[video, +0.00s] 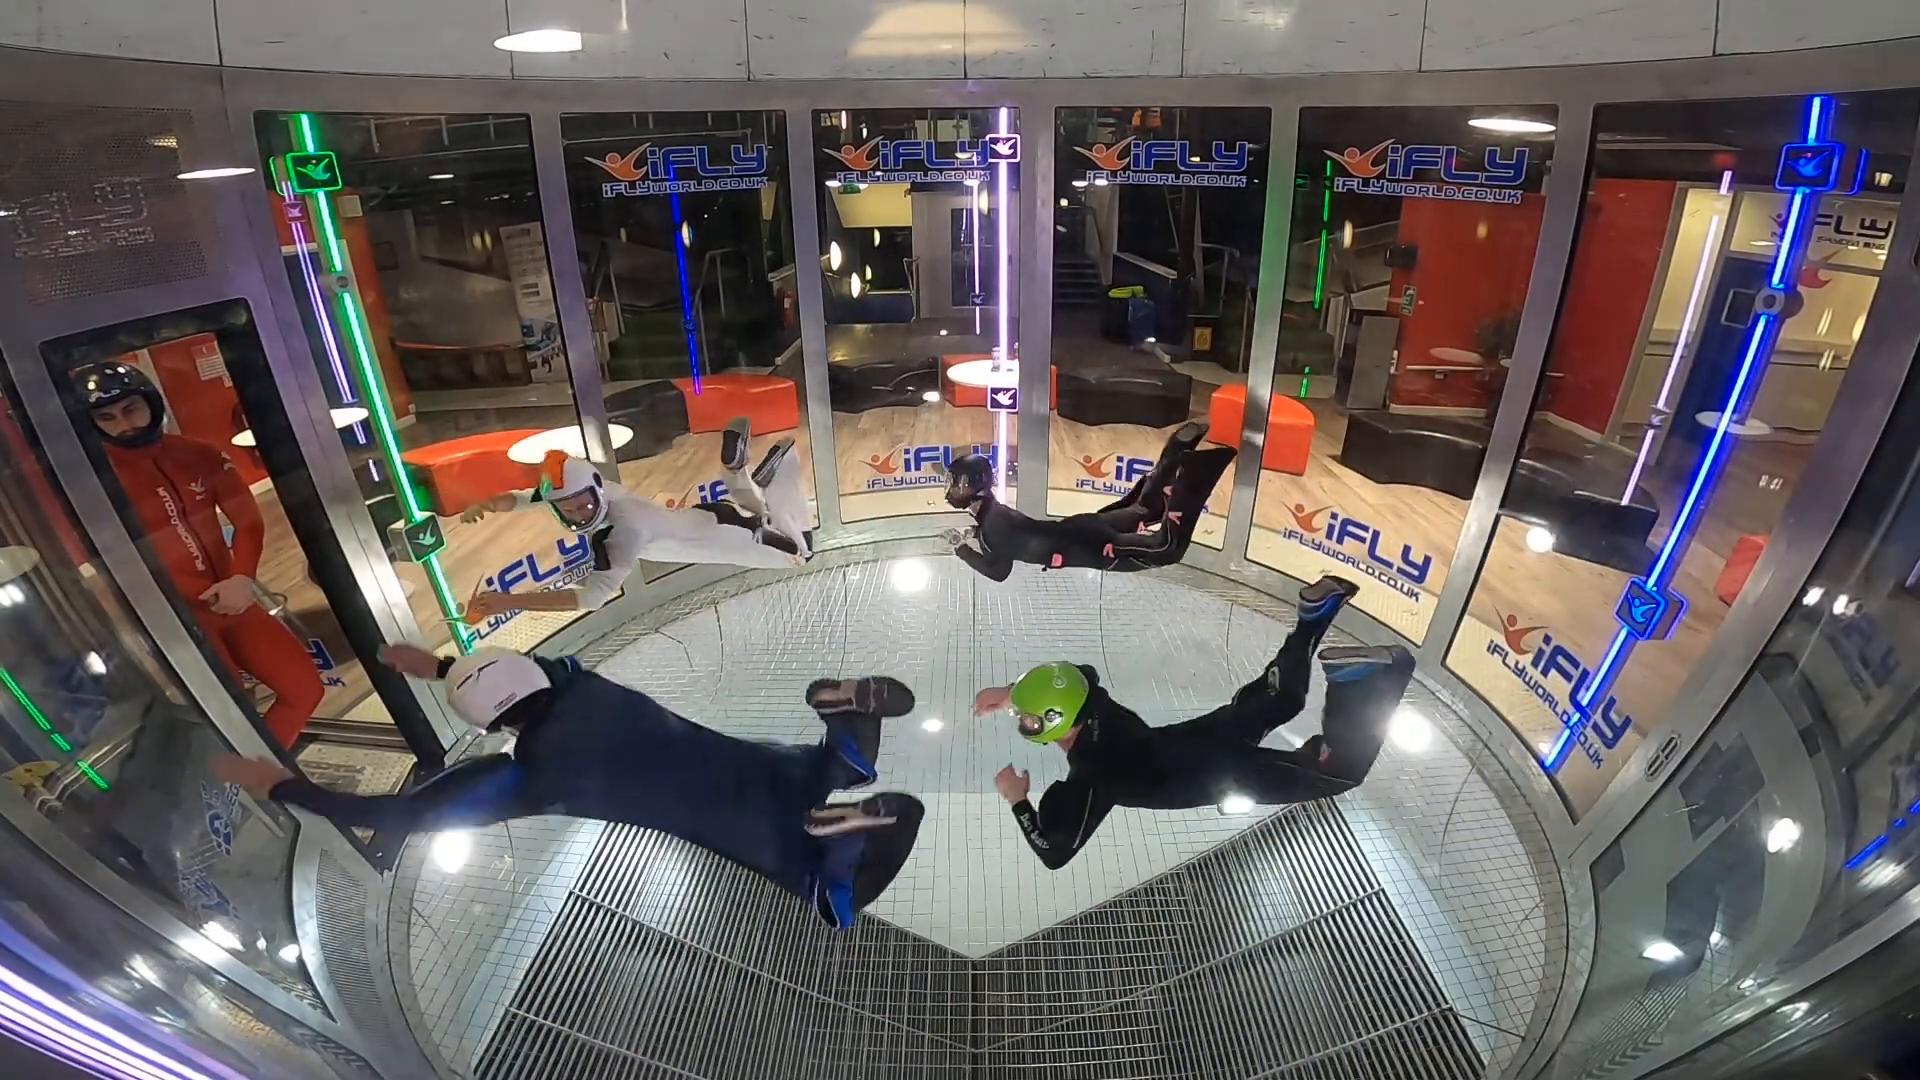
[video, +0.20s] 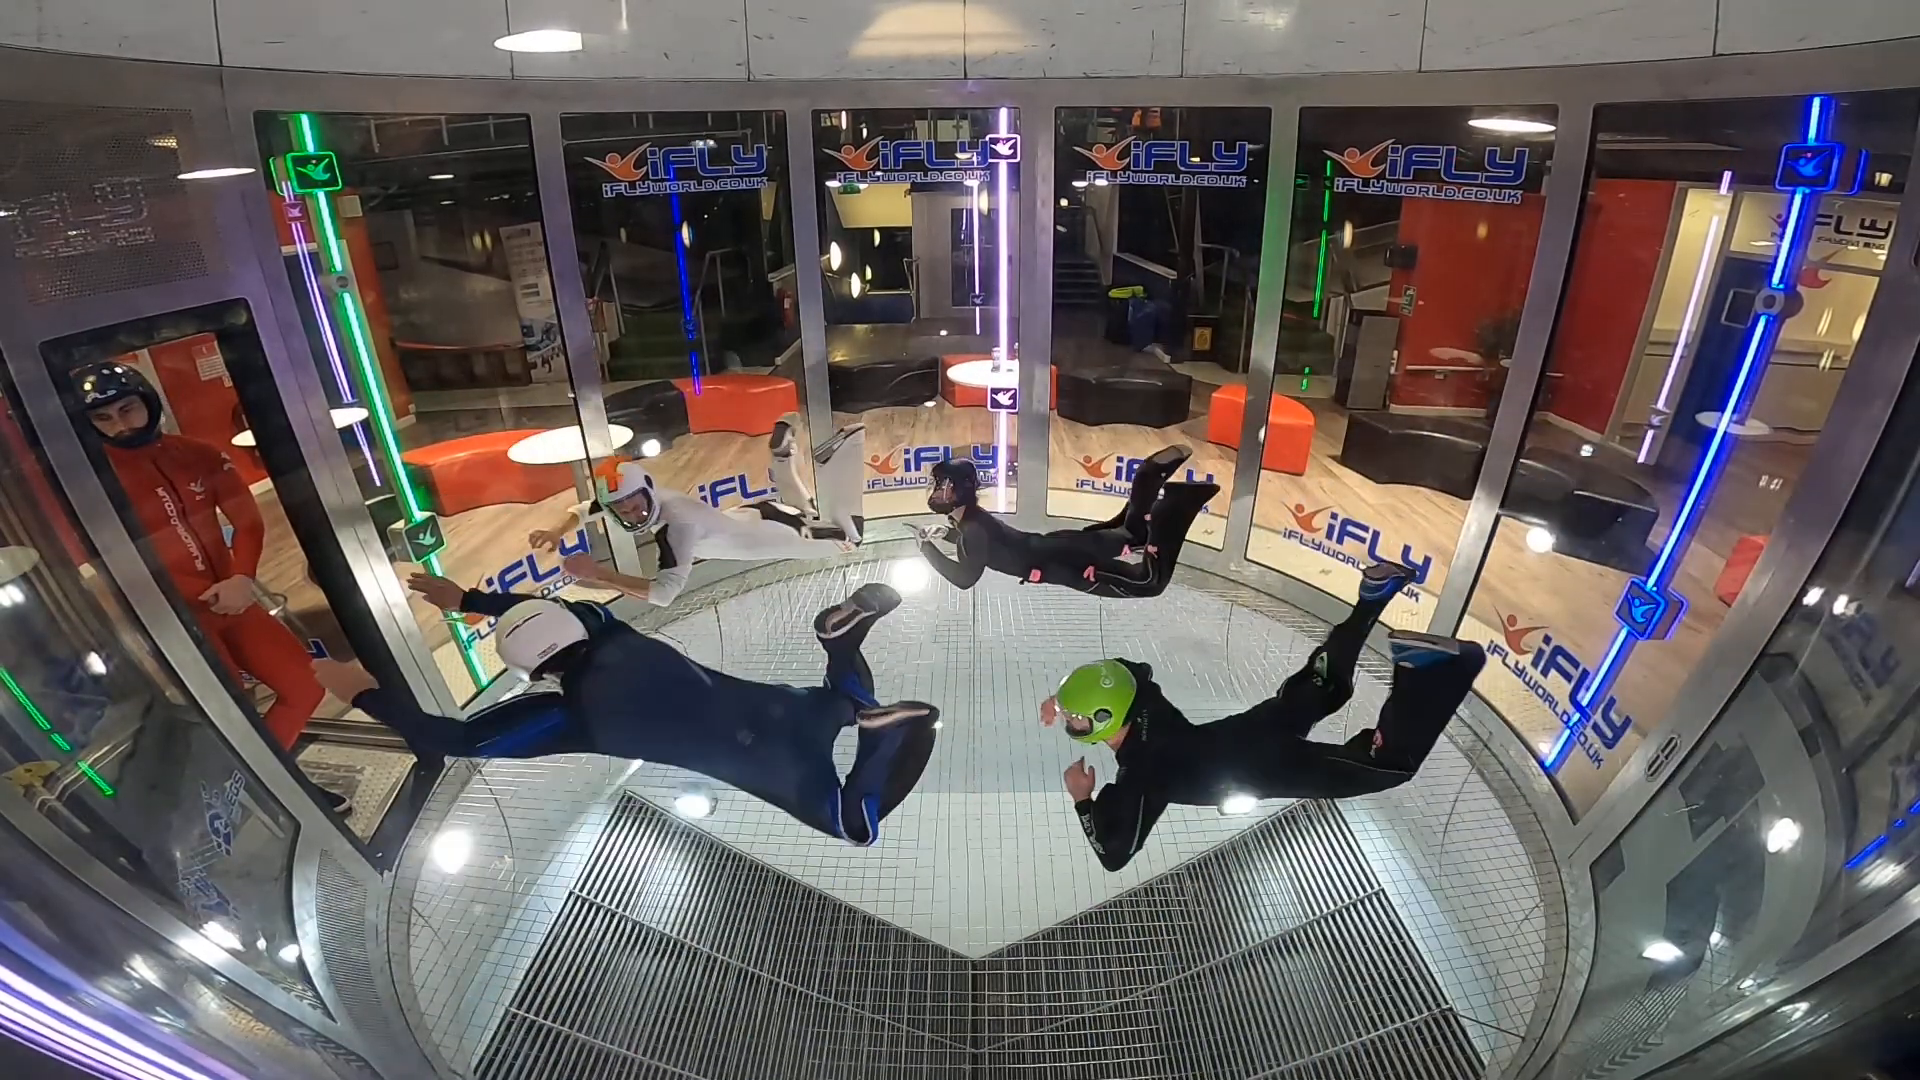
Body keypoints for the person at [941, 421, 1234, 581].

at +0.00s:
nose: (952, 489)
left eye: (960, 483)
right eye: (952, 482)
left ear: (979, 486)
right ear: (962, 484)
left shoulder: (994, 524)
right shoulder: (986, 513)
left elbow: (997, 572)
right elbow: (999, 564)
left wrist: (963, 550)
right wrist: (967, 544)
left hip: (1086, 545)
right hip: (1078, 529)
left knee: (1167, 548)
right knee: (1142, 508)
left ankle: (1189, 472)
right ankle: (1175, 450)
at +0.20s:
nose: (932, 490)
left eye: (940, 486)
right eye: (934, 484)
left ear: (958, 495)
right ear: (953, 492)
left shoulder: (972, 529)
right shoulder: (968, 518)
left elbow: (965, 579)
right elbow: (967, 563)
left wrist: (926, 549)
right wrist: (941, 540)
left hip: (1061, 563)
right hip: (1056, 546)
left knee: (1151, 582)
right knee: (1132, 534)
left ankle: (1177, 504)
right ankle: (1151, 473)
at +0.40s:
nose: (917, 491)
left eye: (924, 486)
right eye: (916, 484)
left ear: (941, 491)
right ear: (919, 488)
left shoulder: (944, 530)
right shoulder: (937, 519)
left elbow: (932, 584)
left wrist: (905, 558)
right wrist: (903, 546)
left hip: (1028, 575)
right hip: (1026, 560)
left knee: (1121, 607)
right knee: (1103, 562)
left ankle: (1137, 523)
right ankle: (1126, 506)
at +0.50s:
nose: (896, 493)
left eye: (904, 487)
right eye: (897, 486)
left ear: (922, 493)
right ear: (920, 490)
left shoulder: (932, 534)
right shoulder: (929, 516)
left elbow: (901, 583)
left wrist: (877, 542)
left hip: (1017, 580)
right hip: (1015, 563)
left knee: (1103, 616)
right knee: (1087, 561)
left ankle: (1137, 527)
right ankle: (1131, 509)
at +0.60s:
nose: (886, 495)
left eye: (892, 488)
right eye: (886, 488)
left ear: (909, 492)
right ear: (915, 490)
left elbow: (880, 591)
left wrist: (854, 551)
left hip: (1001, 585)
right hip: (998, 562)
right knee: (1063, 561)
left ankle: (1124, 527)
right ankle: (1123, 511)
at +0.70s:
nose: (863, 494)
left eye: (871, 487)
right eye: (866, 485)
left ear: (891, 494)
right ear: (898, 490)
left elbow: (863, 594)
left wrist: (824, 563)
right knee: (1066, 543)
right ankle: (1116, 497)